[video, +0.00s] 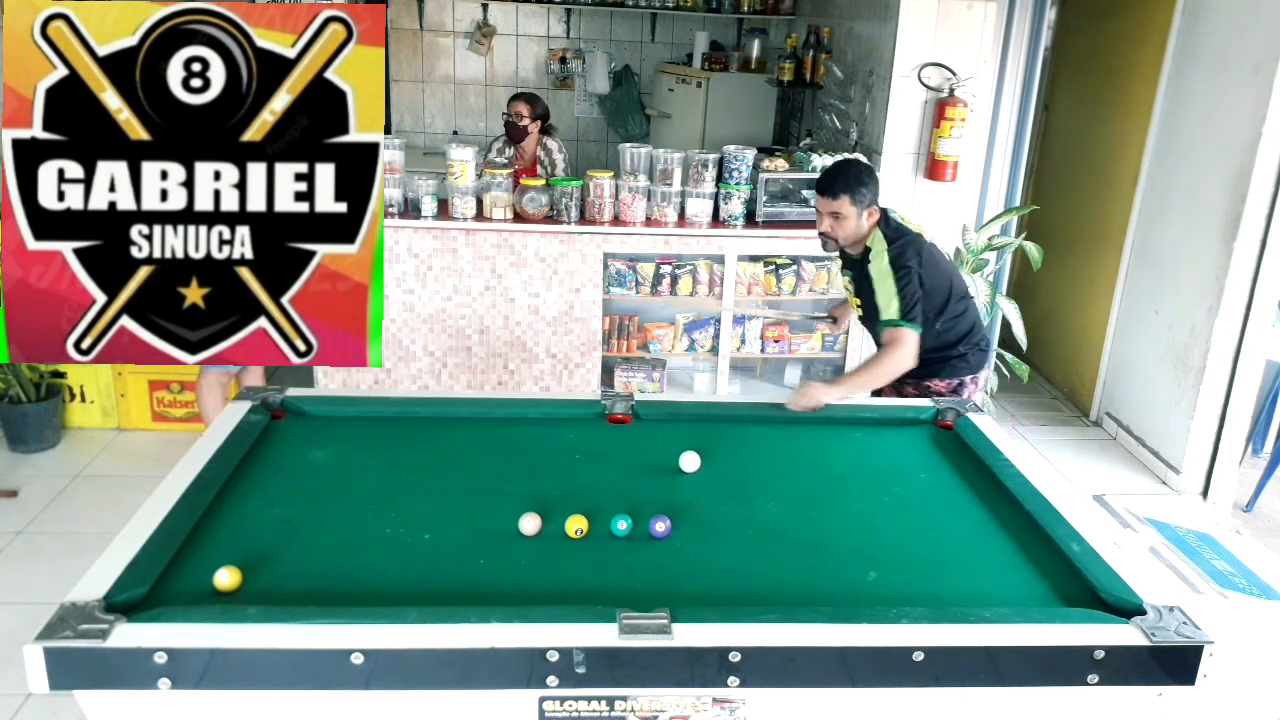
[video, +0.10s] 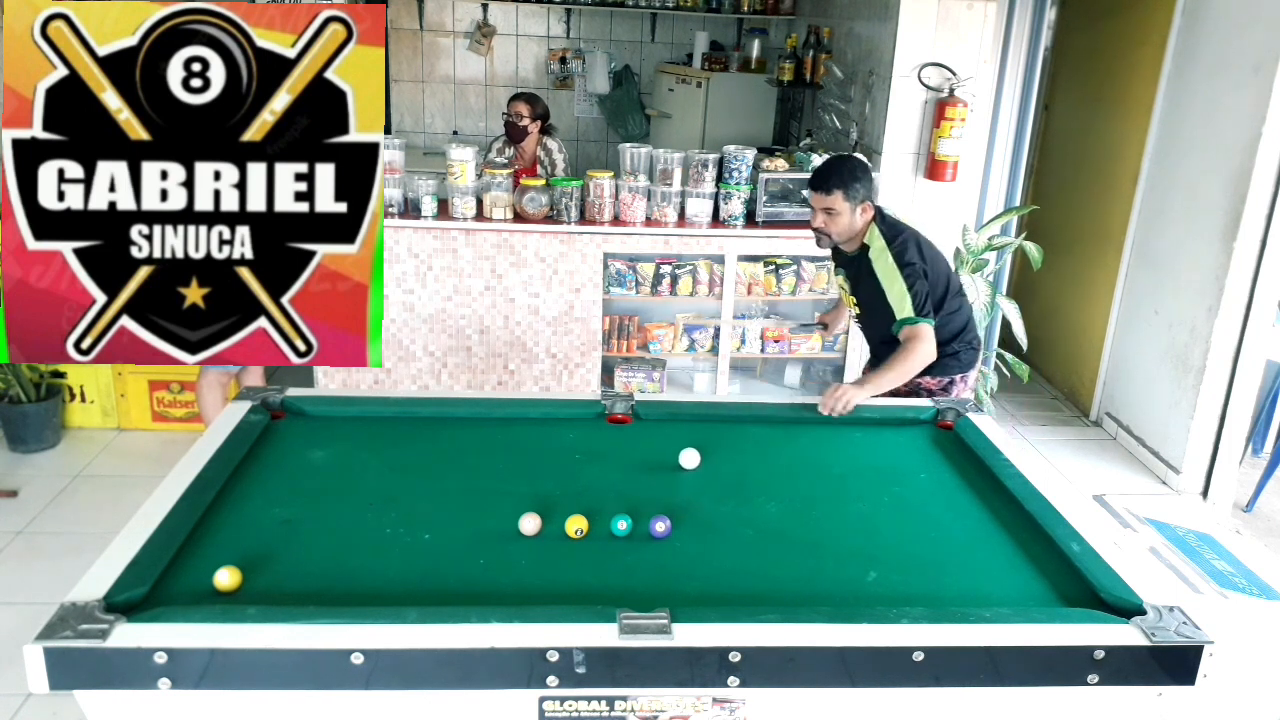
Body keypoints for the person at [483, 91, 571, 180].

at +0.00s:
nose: (509, 122)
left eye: (517, 117)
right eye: (508, 116)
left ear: (535, 126)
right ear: (505, 117)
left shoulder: (552, 148)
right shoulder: (499, 146)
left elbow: (564, 187)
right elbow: (485, 180)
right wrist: (506, 169)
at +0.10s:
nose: (509, 122)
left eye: (517, 117)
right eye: (508, 116)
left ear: (535, 126)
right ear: (505, 117)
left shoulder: (552, 148)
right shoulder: (499, 146)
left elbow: (564, 187)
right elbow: (485, 181)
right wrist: (506, 170)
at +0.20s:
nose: (509, 122)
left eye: (517, 117)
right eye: (508, 116)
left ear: (535, 126)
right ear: (505, 117)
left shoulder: (552, 148)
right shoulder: (499, 146)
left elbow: (564, 187)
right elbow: (485, 181)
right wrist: (507, 170)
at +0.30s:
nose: (509, 122)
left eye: (517, 117)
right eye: (508, 116)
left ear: (535, 126)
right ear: (505, 117)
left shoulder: (552, 147)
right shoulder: (498, 146)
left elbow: (564, 188)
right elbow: (484, 182)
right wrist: (507, 170)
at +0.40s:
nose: (509, 122)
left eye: (517, 117)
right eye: (508, 116)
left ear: (535, 126)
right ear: (505, 117)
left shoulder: (552, 147)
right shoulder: (498, 146)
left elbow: (564, 188)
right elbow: (484, 182)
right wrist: (506, 170)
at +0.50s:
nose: (509, 122)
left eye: (517, 117)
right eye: (508, 116)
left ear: (535, 126)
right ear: (505, 117)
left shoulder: (552, 147)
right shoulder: (498, 146)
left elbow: (564, 188)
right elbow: (484, 182)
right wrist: (506, 170)